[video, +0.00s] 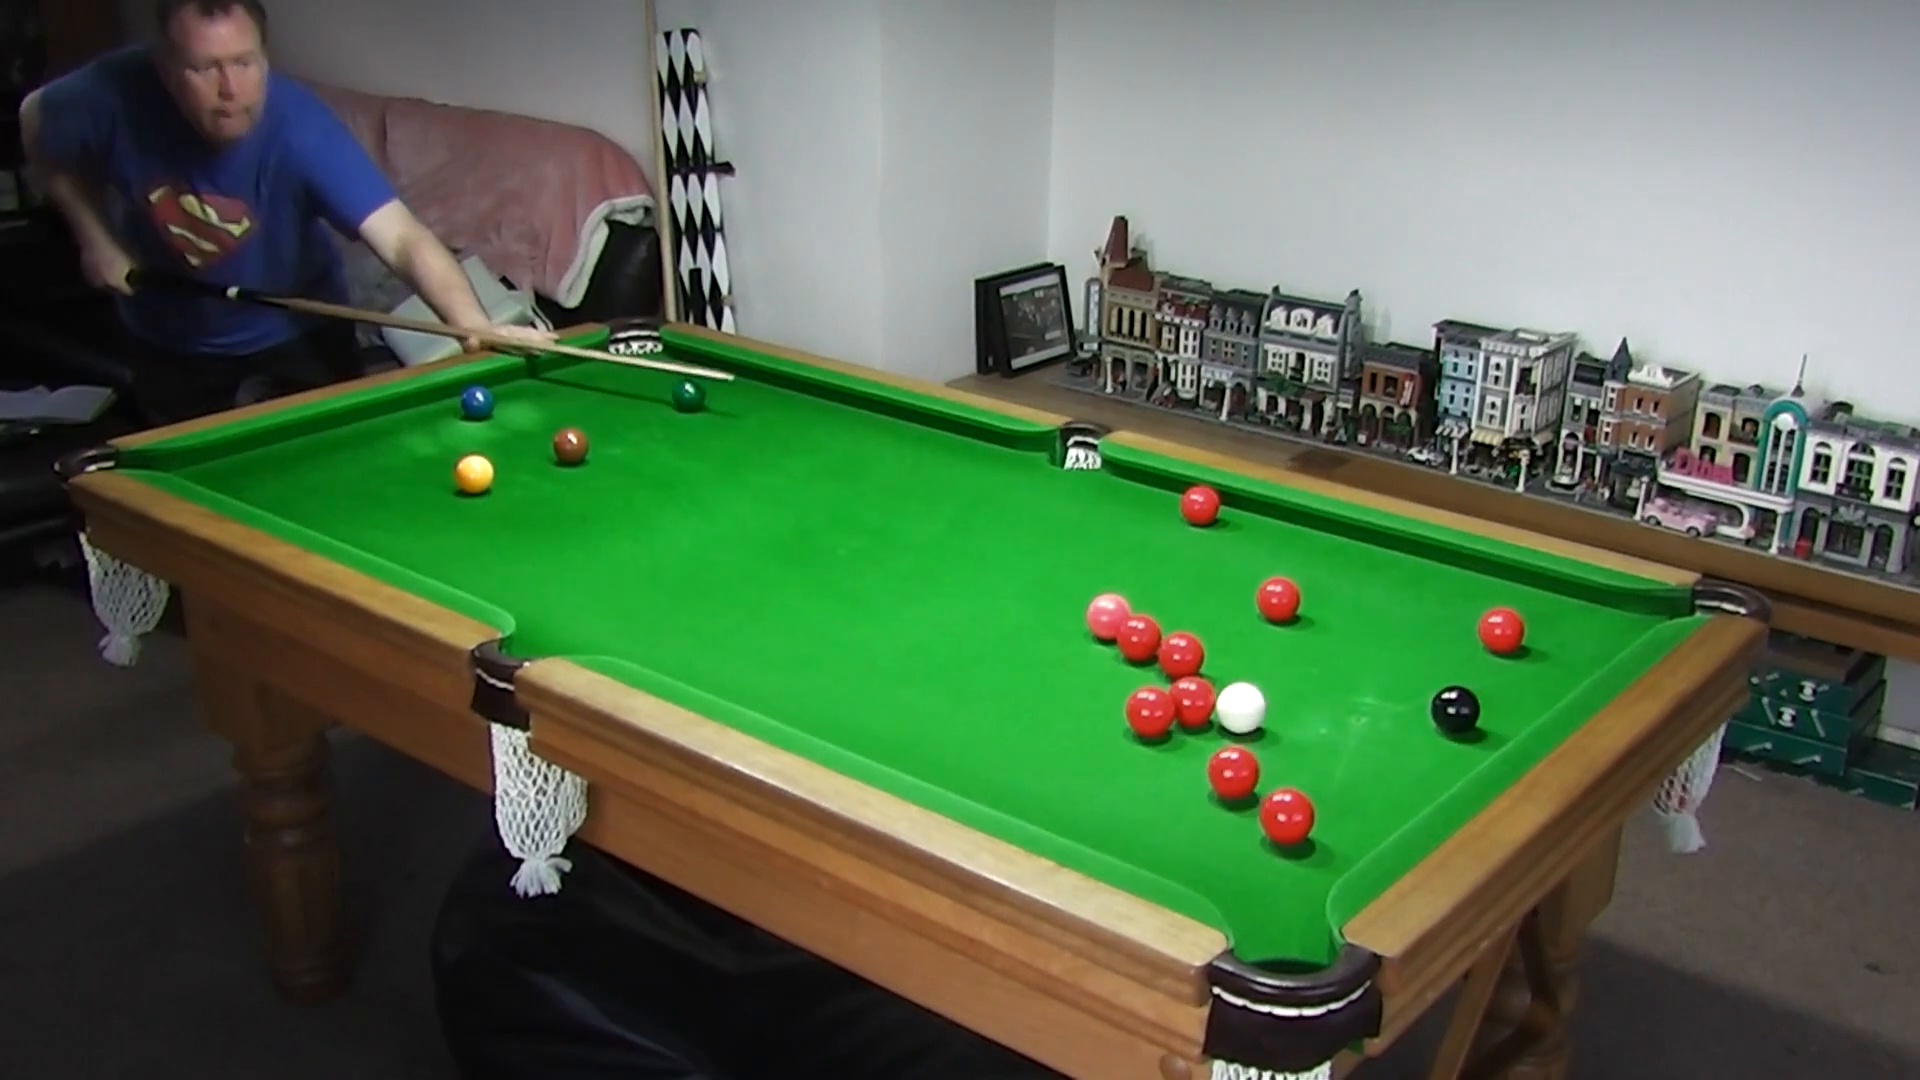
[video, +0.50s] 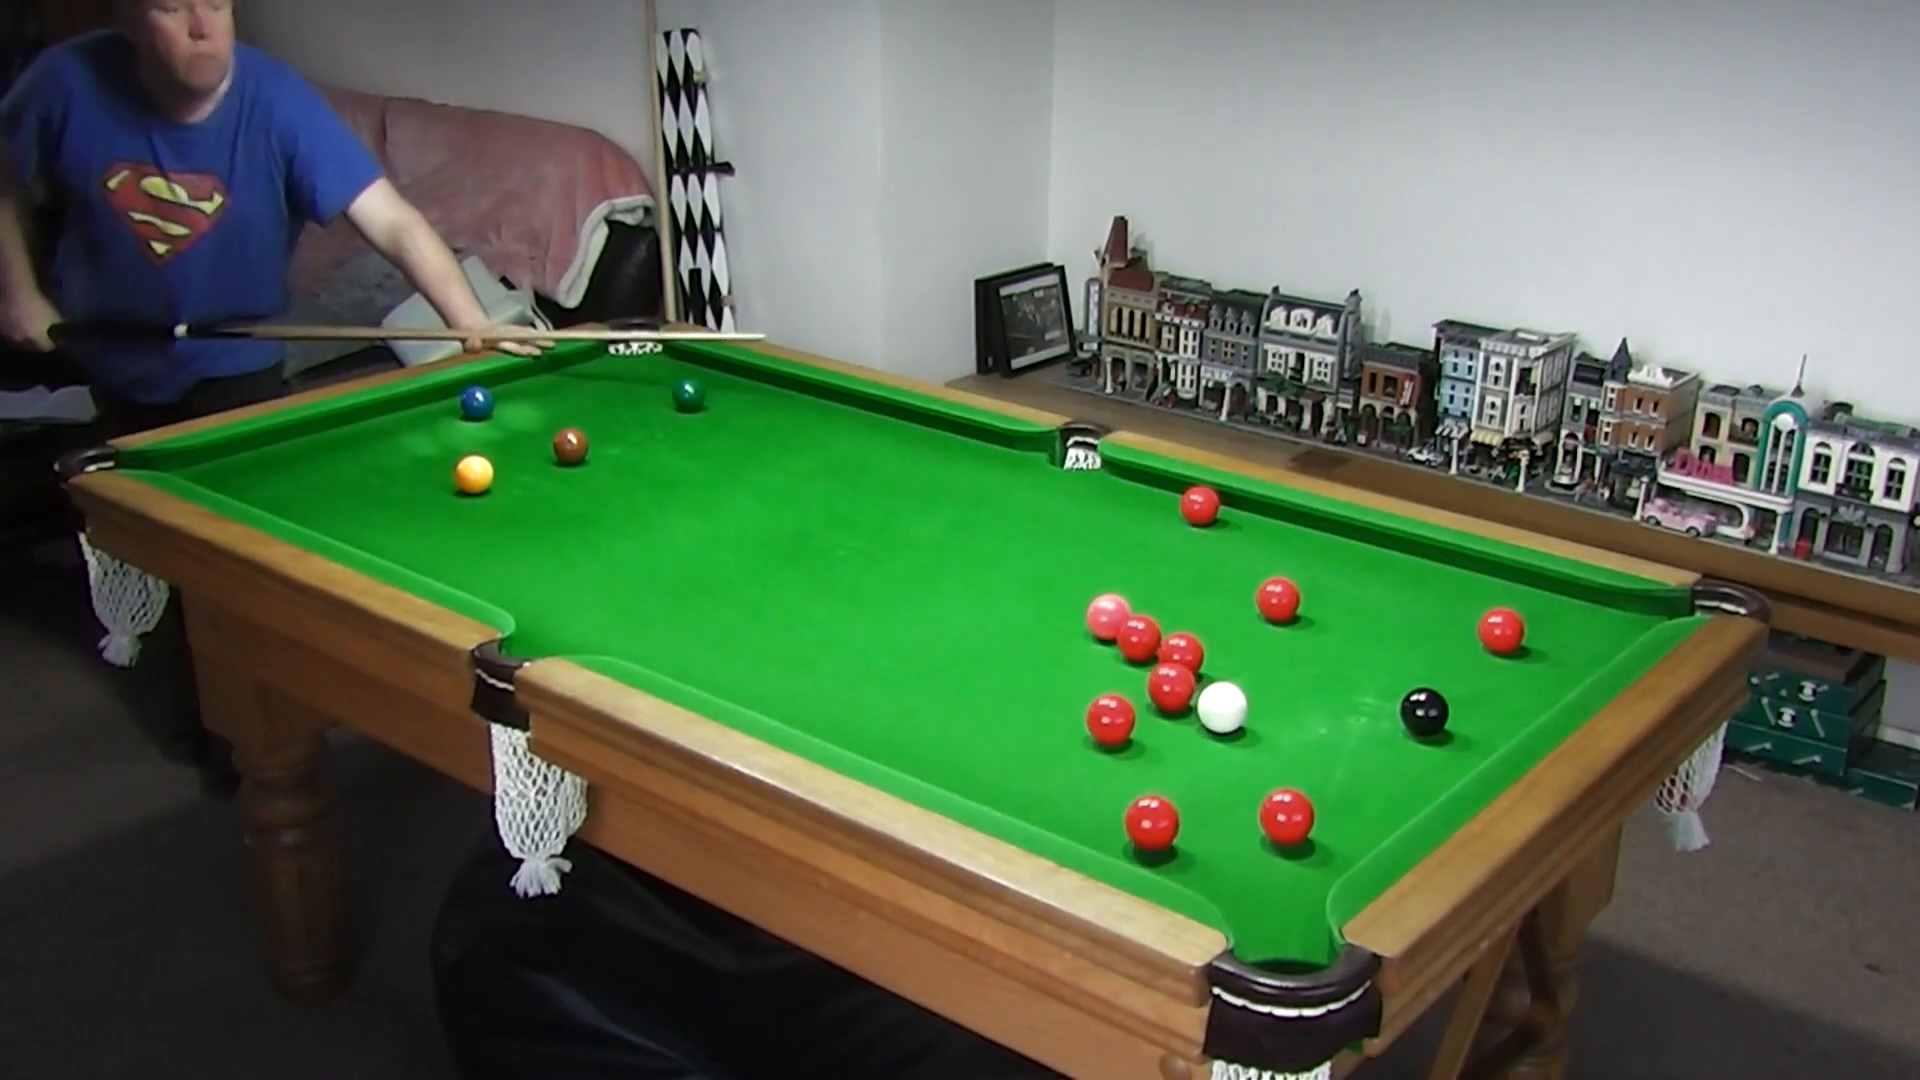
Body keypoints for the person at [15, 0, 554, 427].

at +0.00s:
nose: (229, 87)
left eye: (243, 62)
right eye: (205, 68)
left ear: (264, 56)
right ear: (166, 68)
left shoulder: (300, 125)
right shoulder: (116, 91)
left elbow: (403, 240)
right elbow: (35, 124)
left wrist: (474, 324)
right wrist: (93, 234)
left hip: (296, 327)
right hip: (166, 330)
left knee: (349, 465)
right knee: (194, 490)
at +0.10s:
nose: (225, 76)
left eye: (238, 51)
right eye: (199, 56)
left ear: (259, 46)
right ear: (161, 56)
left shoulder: (294, 116)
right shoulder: (109, 89)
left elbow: (399, 234)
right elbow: (29, 123)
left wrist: (474, 325)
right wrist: (85, 238)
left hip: (288, 322)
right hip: (166, 328)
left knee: (334, 463)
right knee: (187, 487)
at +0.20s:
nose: (220, 61)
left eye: (235, 37)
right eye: (194, 42)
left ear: (255, 36)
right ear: (156, 44)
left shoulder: (293, 112)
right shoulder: (101, 85)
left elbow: (399, 231)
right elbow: (17, 130)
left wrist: (475, 326)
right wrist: (72, 250)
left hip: (268, 324)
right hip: (148, 321)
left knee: (278, 466)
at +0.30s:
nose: (218, 53)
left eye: (231, 30)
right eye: (193, 35)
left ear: (251, 30)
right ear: (153, 41)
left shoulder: (290, 110)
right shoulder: (93, 84)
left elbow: (398, 229)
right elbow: (14, 154)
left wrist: (473, 323)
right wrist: (60, 262)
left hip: (256, 338)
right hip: (131, 334)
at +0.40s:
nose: (212, 37)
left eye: (224, 15)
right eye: (185, 19)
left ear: (242, 21)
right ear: (141, 29)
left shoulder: (286, 109)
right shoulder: (79, 82)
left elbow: (397, 225)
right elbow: (11, 171)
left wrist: (475, 325)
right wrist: (38, 280)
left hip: (237, 359)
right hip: (108, 354)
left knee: (234, 544)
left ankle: (233, 719)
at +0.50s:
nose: (204, 26)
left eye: (215, 5)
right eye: (175, 9)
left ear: (233, 10)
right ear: (131, 21)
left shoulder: (277, 101)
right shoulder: (64, 85)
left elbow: (394, 222)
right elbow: (7, 189)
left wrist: (475, 326)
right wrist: (20, 290)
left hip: (236, 361)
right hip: (96, 361)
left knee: (243, 548)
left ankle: (238, 720)